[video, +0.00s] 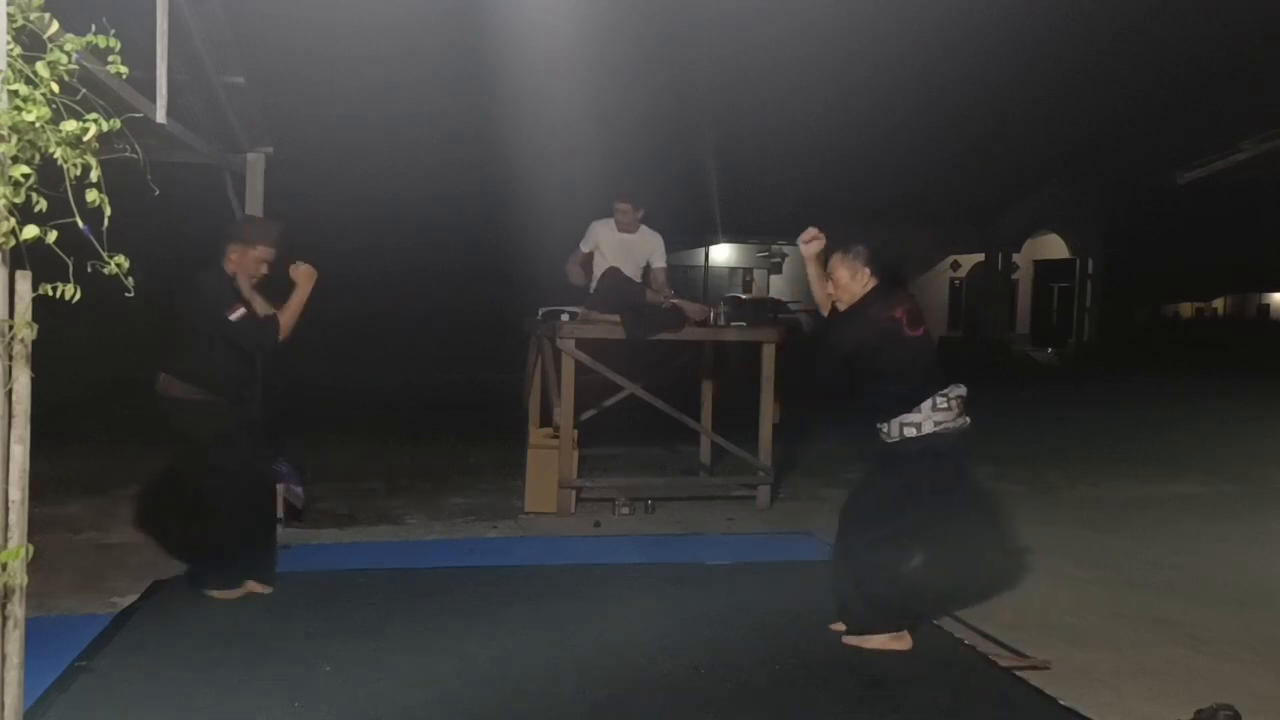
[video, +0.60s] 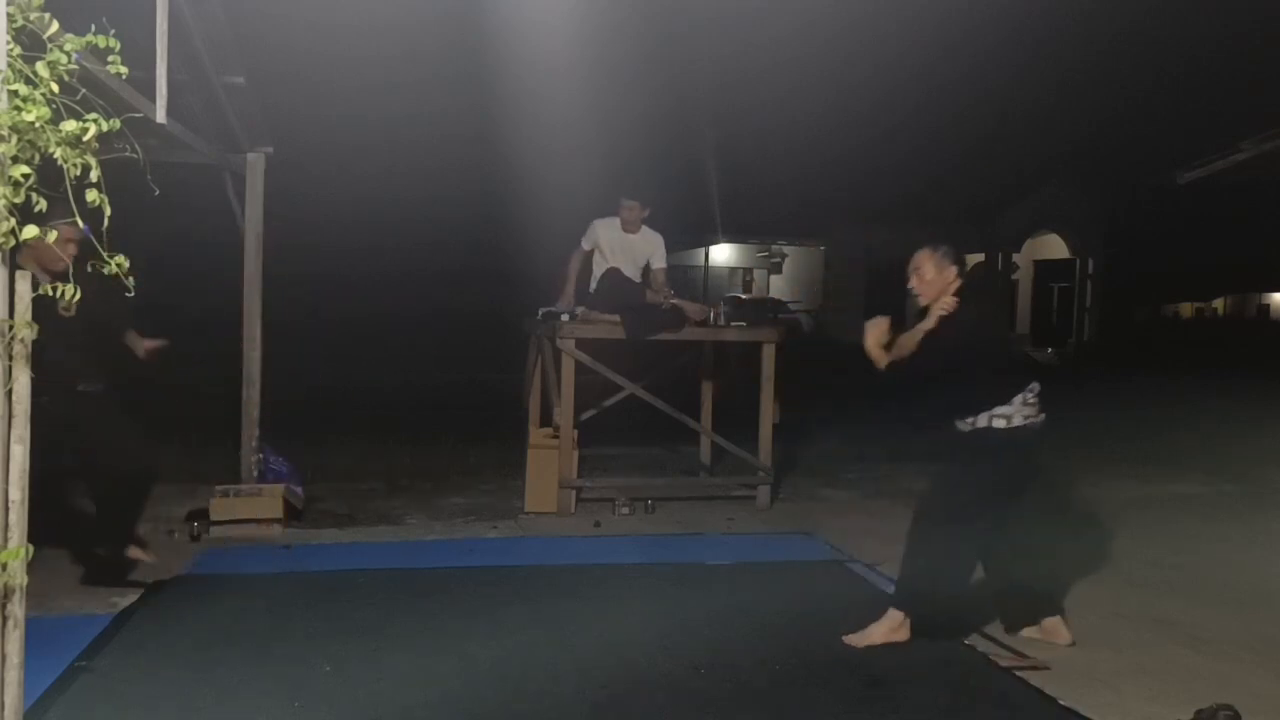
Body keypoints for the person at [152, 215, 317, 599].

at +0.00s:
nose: (266, 269)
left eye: (269, 262)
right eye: (261, 259)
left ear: (245, 256)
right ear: (234, 254)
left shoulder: (233, 287)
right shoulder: (213, 288)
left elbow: (272, 327)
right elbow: (269, 336)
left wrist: (248, 290)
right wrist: (305, 287)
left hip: (225, 401)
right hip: (196, 402)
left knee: (249, 481)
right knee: (221, 484)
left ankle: (245, 570)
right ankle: (216, 576)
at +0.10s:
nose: (256, 269)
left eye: (259, 261)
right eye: (250, 259)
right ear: (222, 254)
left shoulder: (225, 289)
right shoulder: (202, 290)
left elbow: (268, 329)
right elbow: (264, 334)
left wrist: (242, 291)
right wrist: (303, 289)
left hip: (225, 404)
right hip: (189, 405)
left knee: (244, 482)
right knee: (190, 486)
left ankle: (237, 571)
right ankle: (173, 575)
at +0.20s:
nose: (229, 268)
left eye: (232, 260)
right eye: (223, 259)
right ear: (194, 253)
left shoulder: (202, 289)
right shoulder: (181, 294)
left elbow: (213, 340)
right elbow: (236, 341)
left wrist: (241, 317)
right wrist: (301, 324)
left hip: (205, 410)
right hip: (173, 414)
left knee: (233, 486)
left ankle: (236, 572)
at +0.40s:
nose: (148, 270)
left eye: (152, 260)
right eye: (141, 259)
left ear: (154, 259)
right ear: (112, 254)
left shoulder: (149, 301)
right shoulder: (86, 303)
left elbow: (195, 345)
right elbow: (100, 375)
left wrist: (246, 382)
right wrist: (142, 423)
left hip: (130, 424)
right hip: (80, 427)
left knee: (178, 493)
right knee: (59, 512)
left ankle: (223, 571)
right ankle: (16, 578)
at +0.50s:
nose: (117, 264)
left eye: (122, 256)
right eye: (109, 254)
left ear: (127, 255)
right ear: (79, 252)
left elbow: (172, 348)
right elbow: (44, 375)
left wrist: (218, 382)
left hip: (127, 424)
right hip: (72, 427)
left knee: (156, 497)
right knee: (49, 515)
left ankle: (202, 567)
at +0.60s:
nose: (70, 254)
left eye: (75, 245)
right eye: (63, 242)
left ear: (80, 246)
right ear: (34, 240)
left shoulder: (68, 288)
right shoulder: (15, 286)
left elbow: (100, 314)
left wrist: (133, 341)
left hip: (76, 396)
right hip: (32, 402)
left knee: (131, 463)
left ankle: (106, 560)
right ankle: (102, 542)